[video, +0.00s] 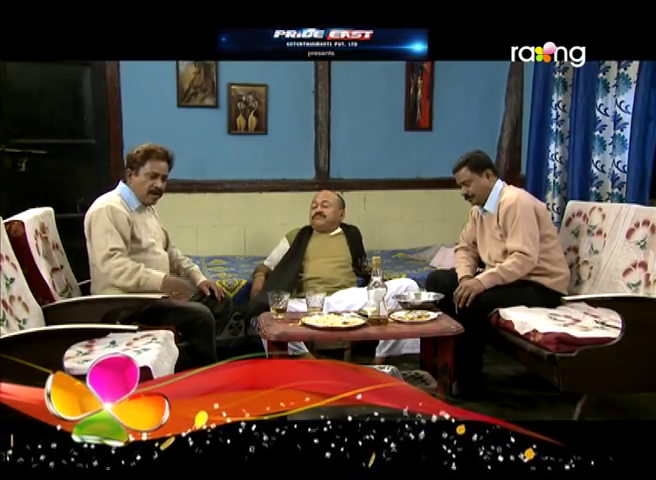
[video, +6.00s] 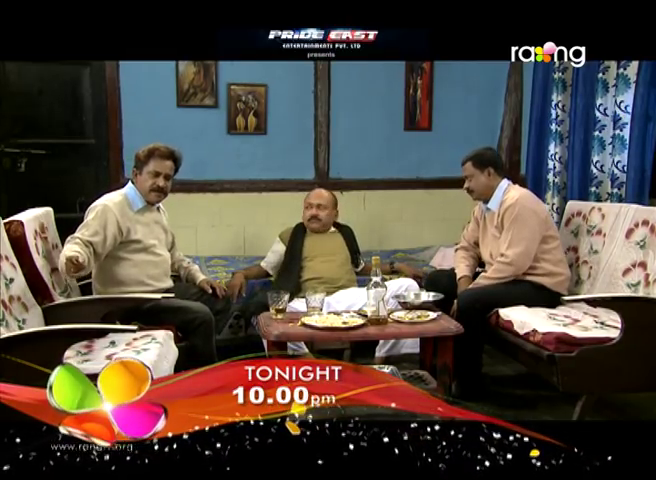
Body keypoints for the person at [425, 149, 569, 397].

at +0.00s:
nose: (464, 192)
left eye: (467, 184)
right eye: (461, 187)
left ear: (488, 176)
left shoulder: (518, 203)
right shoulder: (479, 209)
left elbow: (524, 258)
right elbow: (465, 247)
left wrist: (481, 282)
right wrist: (466, 276)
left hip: (542, 286)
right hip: (505, 279)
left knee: (473, 302)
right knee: (438, 280)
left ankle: (467, 384)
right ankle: (439, 369)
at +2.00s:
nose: (461, 195)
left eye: (464, 187)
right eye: (458, 190)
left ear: (484, 177)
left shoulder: (516, 204)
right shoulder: (479, 209)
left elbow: (513, 263)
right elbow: (465, 247)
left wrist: (469, 291)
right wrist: (465, 282)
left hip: (541, 286)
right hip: (503, 277)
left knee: (468, 303)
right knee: (437, 280)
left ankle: (467, 385)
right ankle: (439, 369)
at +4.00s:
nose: (459, 198)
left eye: (462, 190)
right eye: (456, 192)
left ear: (482, 179)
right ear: (480, 180)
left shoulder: (514, 206)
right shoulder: (478, 208)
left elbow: (513, 266)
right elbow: (464, 248)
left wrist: (466, 294)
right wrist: (463, 283)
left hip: (541, 286)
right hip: (504, 277)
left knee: (468, 302)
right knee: (437, 280)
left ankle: (467, 385)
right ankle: (441, 368)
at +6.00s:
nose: (465, 186)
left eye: (469, 178)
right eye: (464, 180)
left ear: (489, 174)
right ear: (486, 175)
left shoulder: (521, 203)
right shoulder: (483, 207)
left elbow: (513, 263)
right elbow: (466, 247)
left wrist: (472, 289)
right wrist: (464, 280)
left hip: (541, 285)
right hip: (504, 278)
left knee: (468, 302)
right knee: (437, 280)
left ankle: (467, 386)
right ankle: (436, 370)